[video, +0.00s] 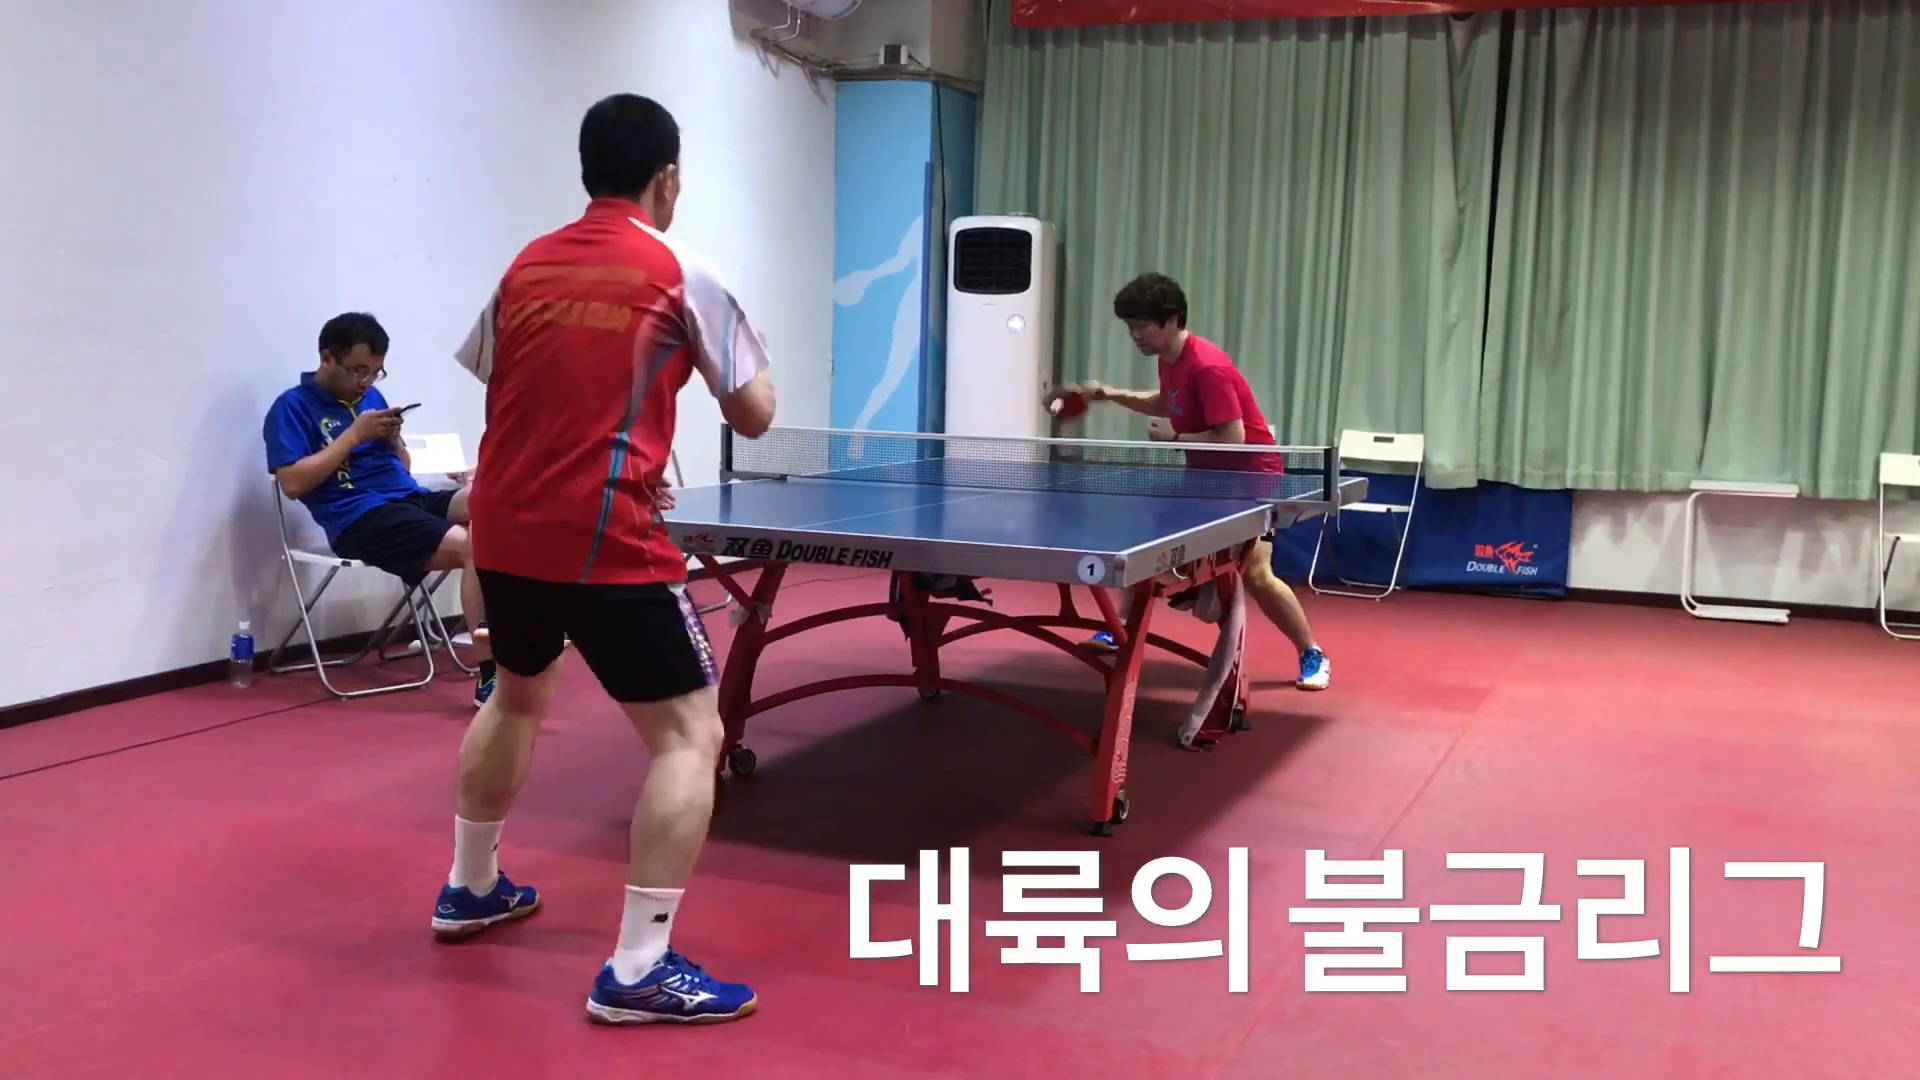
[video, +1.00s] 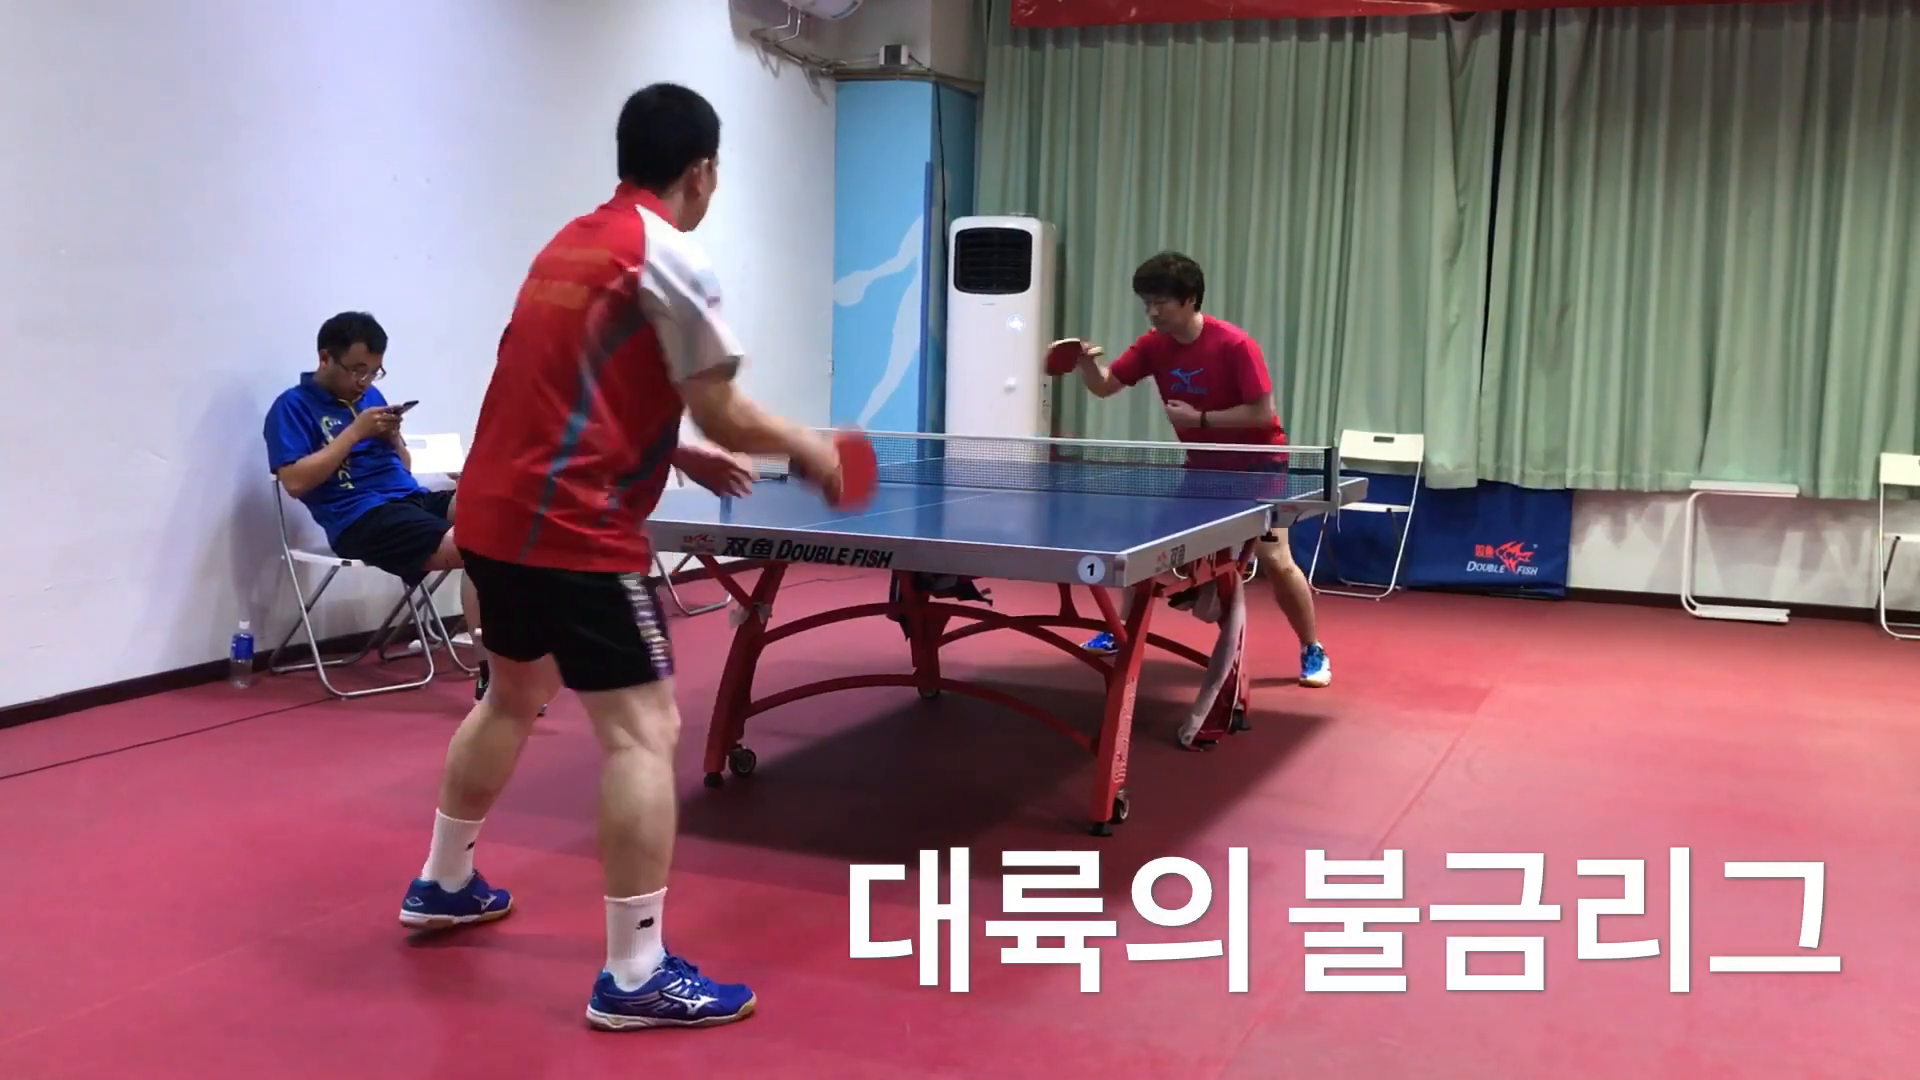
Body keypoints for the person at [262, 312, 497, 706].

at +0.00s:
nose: (366, 383)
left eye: (373, 373)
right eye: (358, 371)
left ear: (379, 368)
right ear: (326, 359)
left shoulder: (369, 397)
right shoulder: (291, 408)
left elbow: (403, 468)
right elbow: (293, 483)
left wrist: (393, 436)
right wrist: (355, 435)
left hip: (409, 499)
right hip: (364, 518)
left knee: (490, 502)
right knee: (474, 546)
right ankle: (490, 675)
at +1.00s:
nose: (364, 381)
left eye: (372, 371)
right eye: (356, 370)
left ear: (379, 365)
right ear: (325, 359)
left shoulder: (370, 397)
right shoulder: (292, 407)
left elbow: (404, 466)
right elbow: (295, 482)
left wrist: (392, 435)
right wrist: (356, 432)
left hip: (412, 501)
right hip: (364, 520)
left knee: (502, 517)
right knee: (480, 546)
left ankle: (527, 668)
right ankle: (490, 675)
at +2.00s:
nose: (368, 382)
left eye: (375, 372)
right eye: (359, 371)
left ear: (381, 365)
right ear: (326, 358)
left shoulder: (370, 397)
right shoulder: (292, 407)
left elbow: (404, 468)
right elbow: (300, 482)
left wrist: (393, 438)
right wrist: (360, 432)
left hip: (410, 500)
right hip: (363, 520)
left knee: (490, 498)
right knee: (475, 547)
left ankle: (494, 607)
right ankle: (492, 676)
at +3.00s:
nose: (365, 382)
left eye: (373, 372)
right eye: (357, 371)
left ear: (379, 366)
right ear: (325, 359)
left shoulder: (370, 397)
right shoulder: (291, 408)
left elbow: (403, 469)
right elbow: (297, 483)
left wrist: (393, 436)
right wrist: (356, 432)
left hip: (411, 501)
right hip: (364, 520)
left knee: (499, 518)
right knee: (472, 551)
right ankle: (493, 673)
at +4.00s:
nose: (366, 382)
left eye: (373, 372)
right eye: (358, 371)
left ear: (379, 368)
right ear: (325, 358)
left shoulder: (370, 397)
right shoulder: (291, 408)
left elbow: (404, 469)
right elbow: (297, 482)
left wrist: (392, 436)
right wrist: (359, 434)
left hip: (411, 502)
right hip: (363, 519)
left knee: (501, 527)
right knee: (466, 555)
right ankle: (494, 675)